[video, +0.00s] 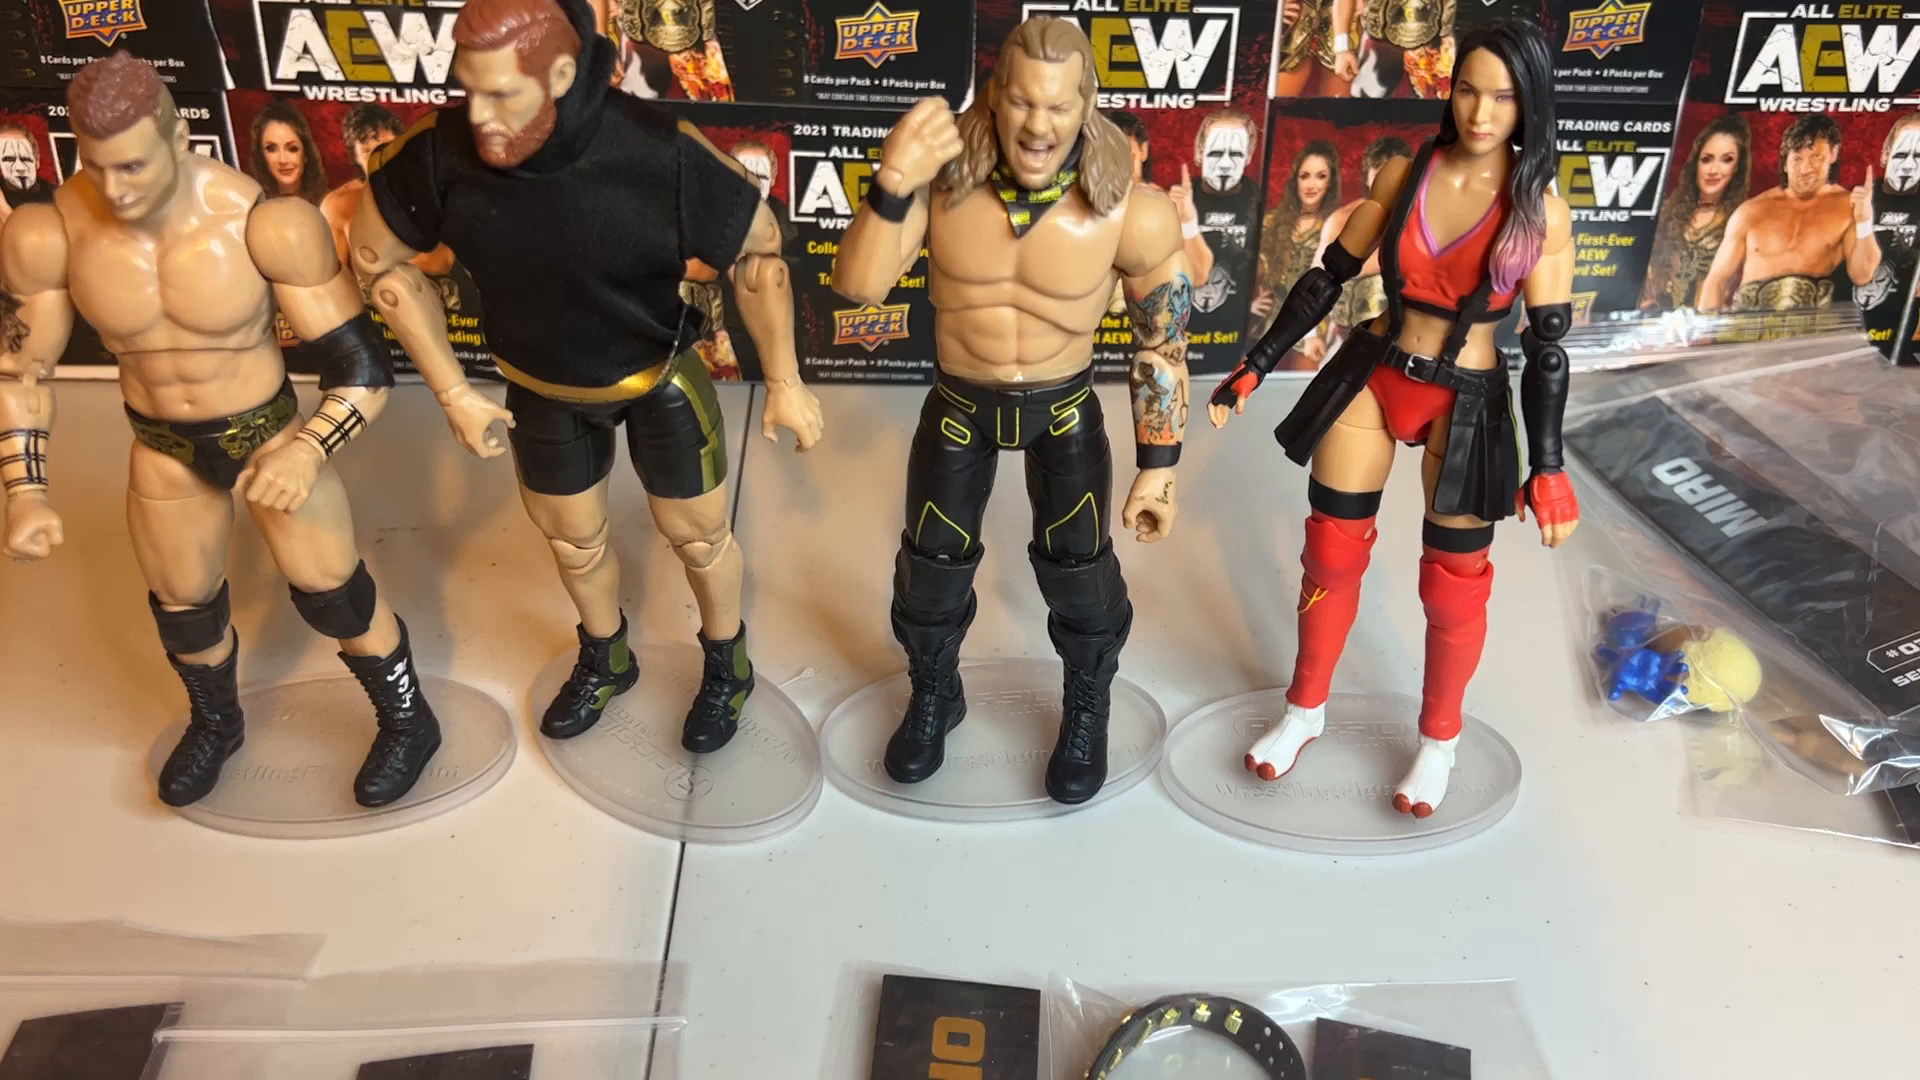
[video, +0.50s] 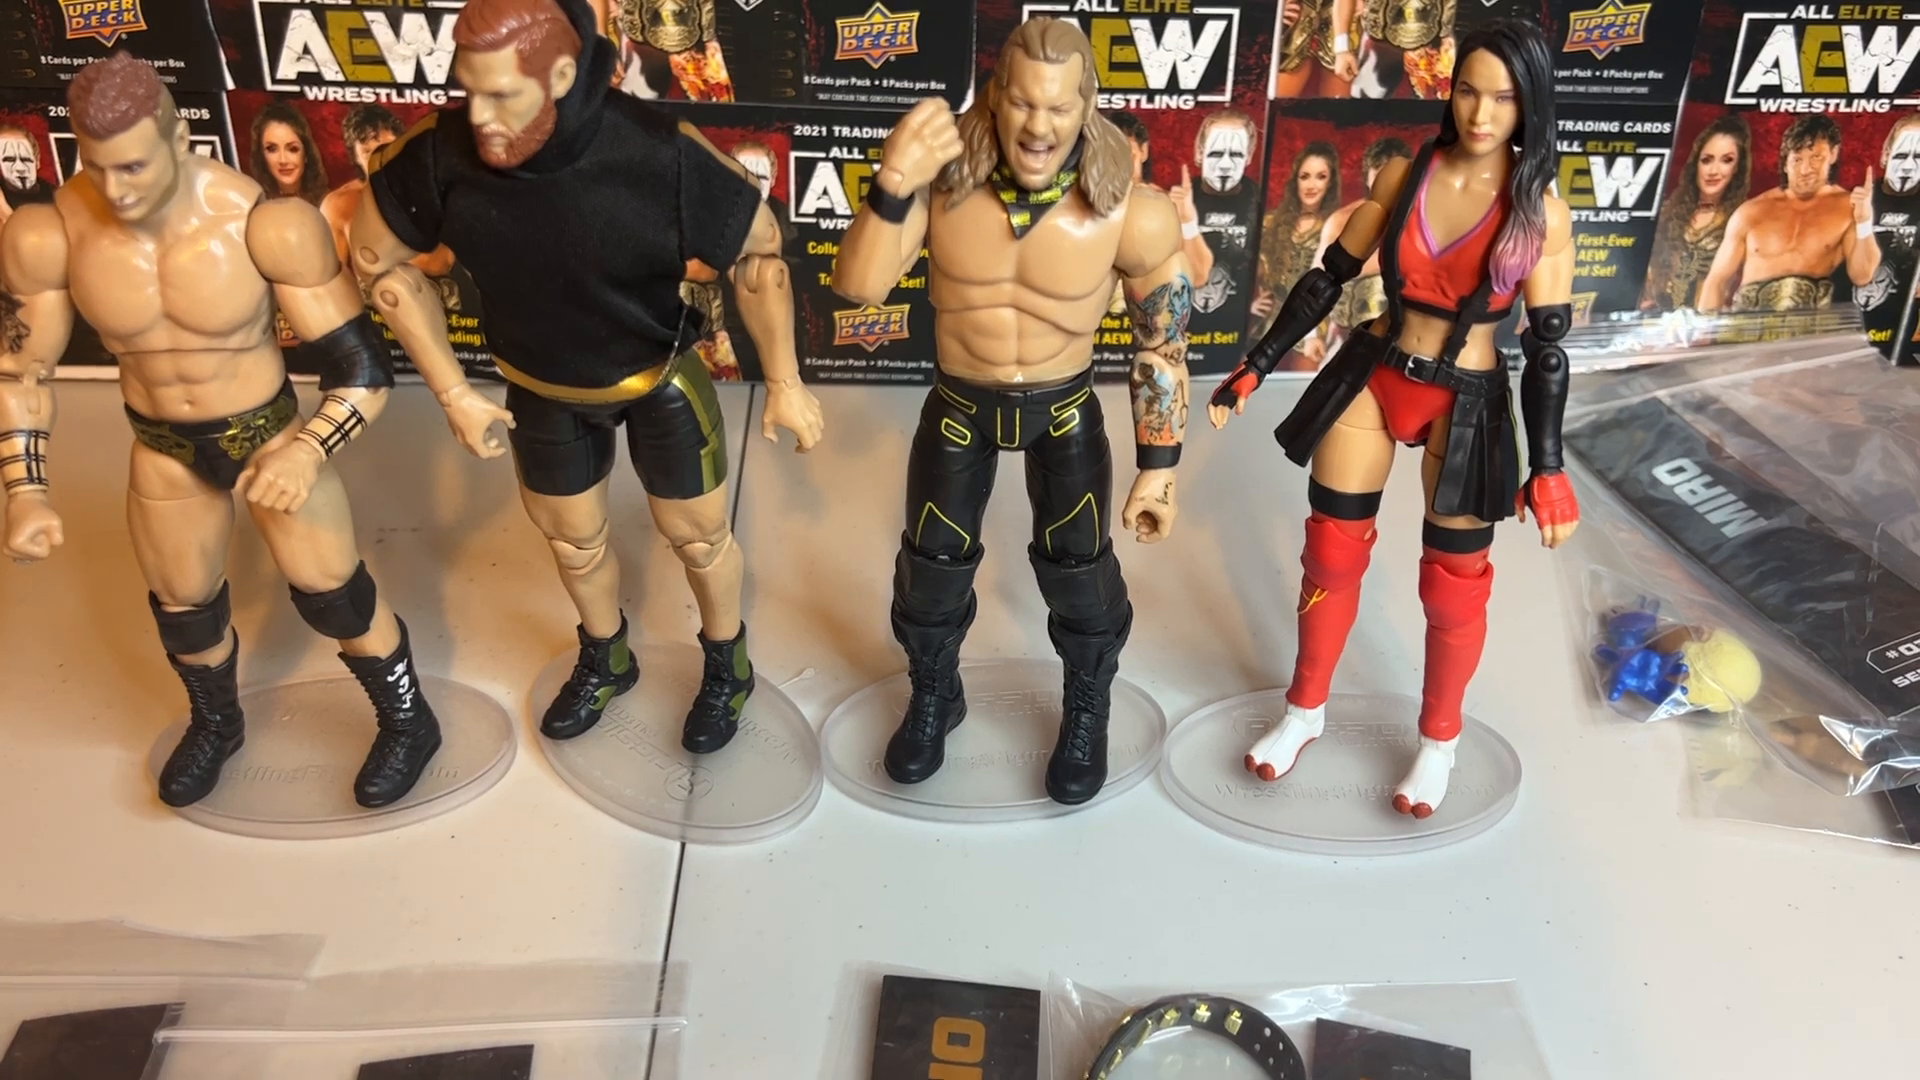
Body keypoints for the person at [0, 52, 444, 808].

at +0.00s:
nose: (117, 187)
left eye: (134, 166)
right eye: (100, 168)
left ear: (177, 137)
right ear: (80, 151)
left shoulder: (267, 224)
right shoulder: (54, 231)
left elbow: (362, 369)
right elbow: (21, 371)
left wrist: (311, 445)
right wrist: (21, 486)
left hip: (268, 440)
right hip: (161, 450)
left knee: (336, 598)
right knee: (185, 616)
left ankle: (408, 721)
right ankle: (216, 722)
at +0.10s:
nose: (118, 189)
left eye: (134, 168)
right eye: (101, 170)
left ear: (178, 139)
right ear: (80, 153)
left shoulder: (268, 227)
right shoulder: (54, 234)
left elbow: (363, 372)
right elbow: (23, 374)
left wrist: (311, 447)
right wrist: (22, 488)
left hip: (270, 442)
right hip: (161, 454)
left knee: (336, 600)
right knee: (186, 617)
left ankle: (409, 723)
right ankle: (216, 725)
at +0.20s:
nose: (118, 187)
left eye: (134, 166)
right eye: (100, 169)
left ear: (177, 138)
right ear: (80, 151)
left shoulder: (267, 224)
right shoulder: (54, 231)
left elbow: (362, 369)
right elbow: (22, 372)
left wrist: (310, 446)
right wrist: (21, 486)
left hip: (268, 440)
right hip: (161, 451)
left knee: (336, 599)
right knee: (186, 616)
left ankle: (408, 721)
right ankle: (216, 722)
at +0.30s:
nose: (118, 188)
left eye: (134, 168)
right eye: (100, 170)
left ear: (177, 138)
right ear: (80, 152)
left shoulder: (268, 225)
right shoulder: (53, 233)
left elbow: (362, 371)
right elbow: (23, 373)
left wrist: (310, 447)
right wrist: (21, 486)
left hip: (268, 441)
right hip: (161, 452)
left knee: (336, 598)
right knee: (186, 615)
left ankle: (408, 722)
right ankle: (216, 723)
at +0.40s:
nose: (118, 189)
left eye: (134, 168)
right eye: (100, 170)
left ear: (177, 138)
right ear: (80, 152)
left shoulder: (268, 225)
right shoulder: (53, 233)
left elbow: (362, 371)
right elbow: (23, 373)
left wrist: (310, 447)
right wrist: (21, 486)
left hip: (268, 441)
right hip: (161, 452)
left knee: (336, 599)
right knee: (186, 616)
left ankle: (408, 722)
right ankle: (216, 723)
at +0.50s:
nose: (118, 187)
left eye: (134, 167)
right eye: (100, 169)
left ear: (178, 138)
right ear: (80, 151)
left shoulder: (267, 224)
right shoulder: (54, 232)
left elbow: (362, 369)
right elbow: (22, 372)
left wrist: (310, 446)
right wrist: (21, 486)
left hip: (268, 441)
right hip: (161, 451)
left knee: (336, 599)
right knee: (186, 615)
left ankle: (408, 721)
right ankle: (216, 722)